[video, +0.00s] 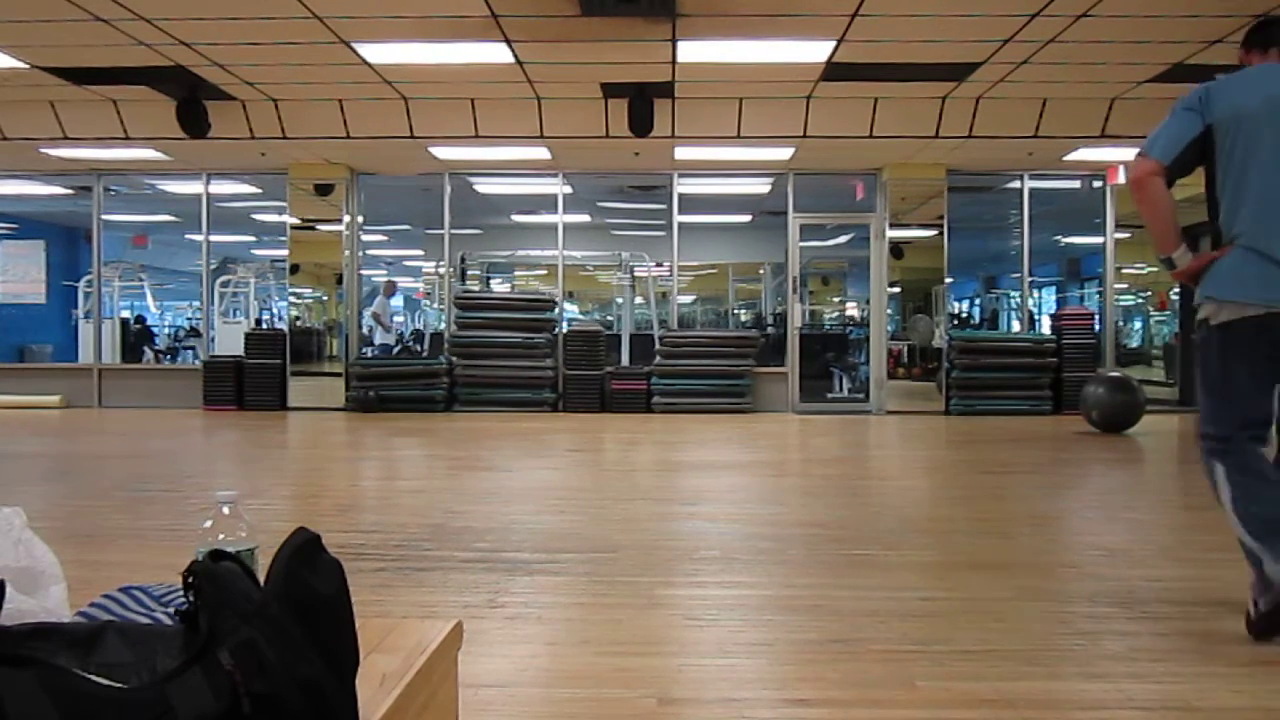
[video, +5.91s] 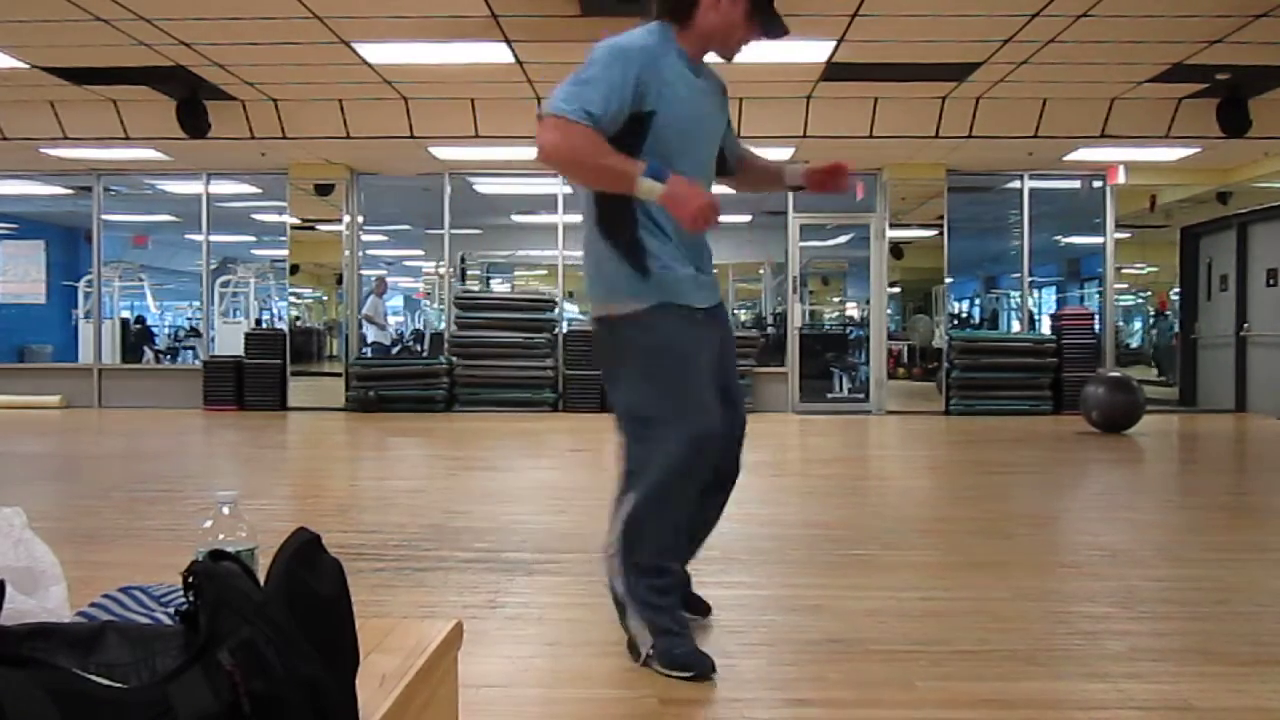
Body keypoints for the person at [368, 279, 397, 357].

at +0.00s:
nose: (395, 291)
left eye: (395, 288)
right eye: (393, 288)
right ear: (387, 288)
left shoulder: (387, 301)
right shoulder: (381, 299)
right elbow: (375, 314)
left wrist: (389, 325)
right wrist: (385, 326)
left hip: (388, 338)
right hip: (383, 338)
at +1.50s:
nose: (387, 288)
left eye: (386, 285)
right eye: (385, 285)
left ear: (385, 286)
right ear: (379, 286)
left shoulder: (383, 300)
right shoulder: (375, 299)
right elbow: (371, 316)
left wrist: (388, 323)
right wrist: (385, 324)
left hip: (386, 338)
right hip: (380, 338)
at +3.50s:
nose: (385, 289)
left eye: (385, 286)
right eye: (383, 286)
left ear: (385, 287)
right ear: (377, 287)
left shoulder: (381, 300)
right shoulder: (373, 299)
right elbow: (365, 314)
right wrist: (379, 323)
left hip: (384, 337)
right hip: (376, 337)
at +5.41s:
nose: (386, 288)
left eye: (386, 286)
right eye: (384, 286)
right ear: (378, 286)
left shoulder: (381, 301)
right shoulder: (373, 299)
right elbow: (366, 314)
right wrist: (380, 324)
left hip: (385, 337)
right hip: (377, 338)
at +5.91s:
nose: (386, 288)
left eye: (386, 285)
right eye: (384, 285)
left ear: (385, 287)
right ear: (378, 286)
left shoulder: (381, 301)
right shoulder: (373, 299)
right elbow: (365, 314)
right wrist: (379, 324)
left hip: (384, 337)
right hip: (376, 338)